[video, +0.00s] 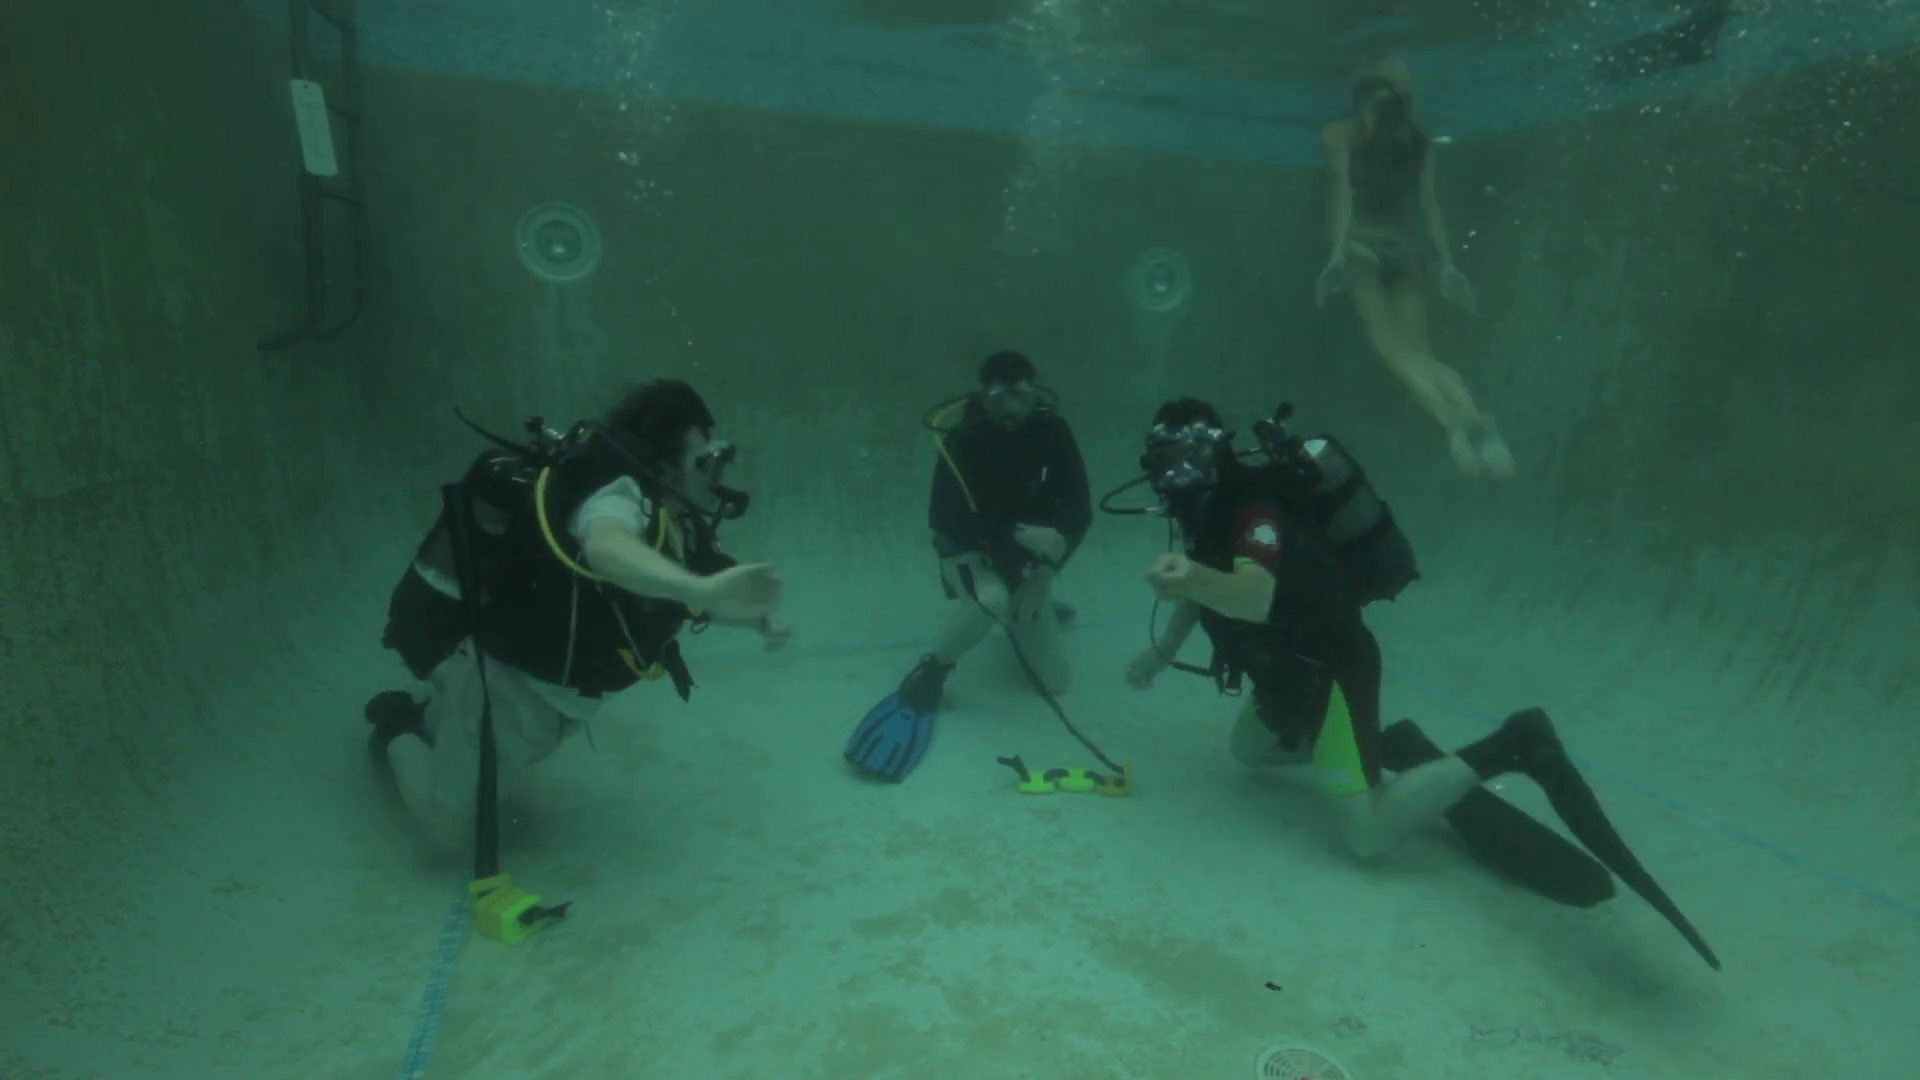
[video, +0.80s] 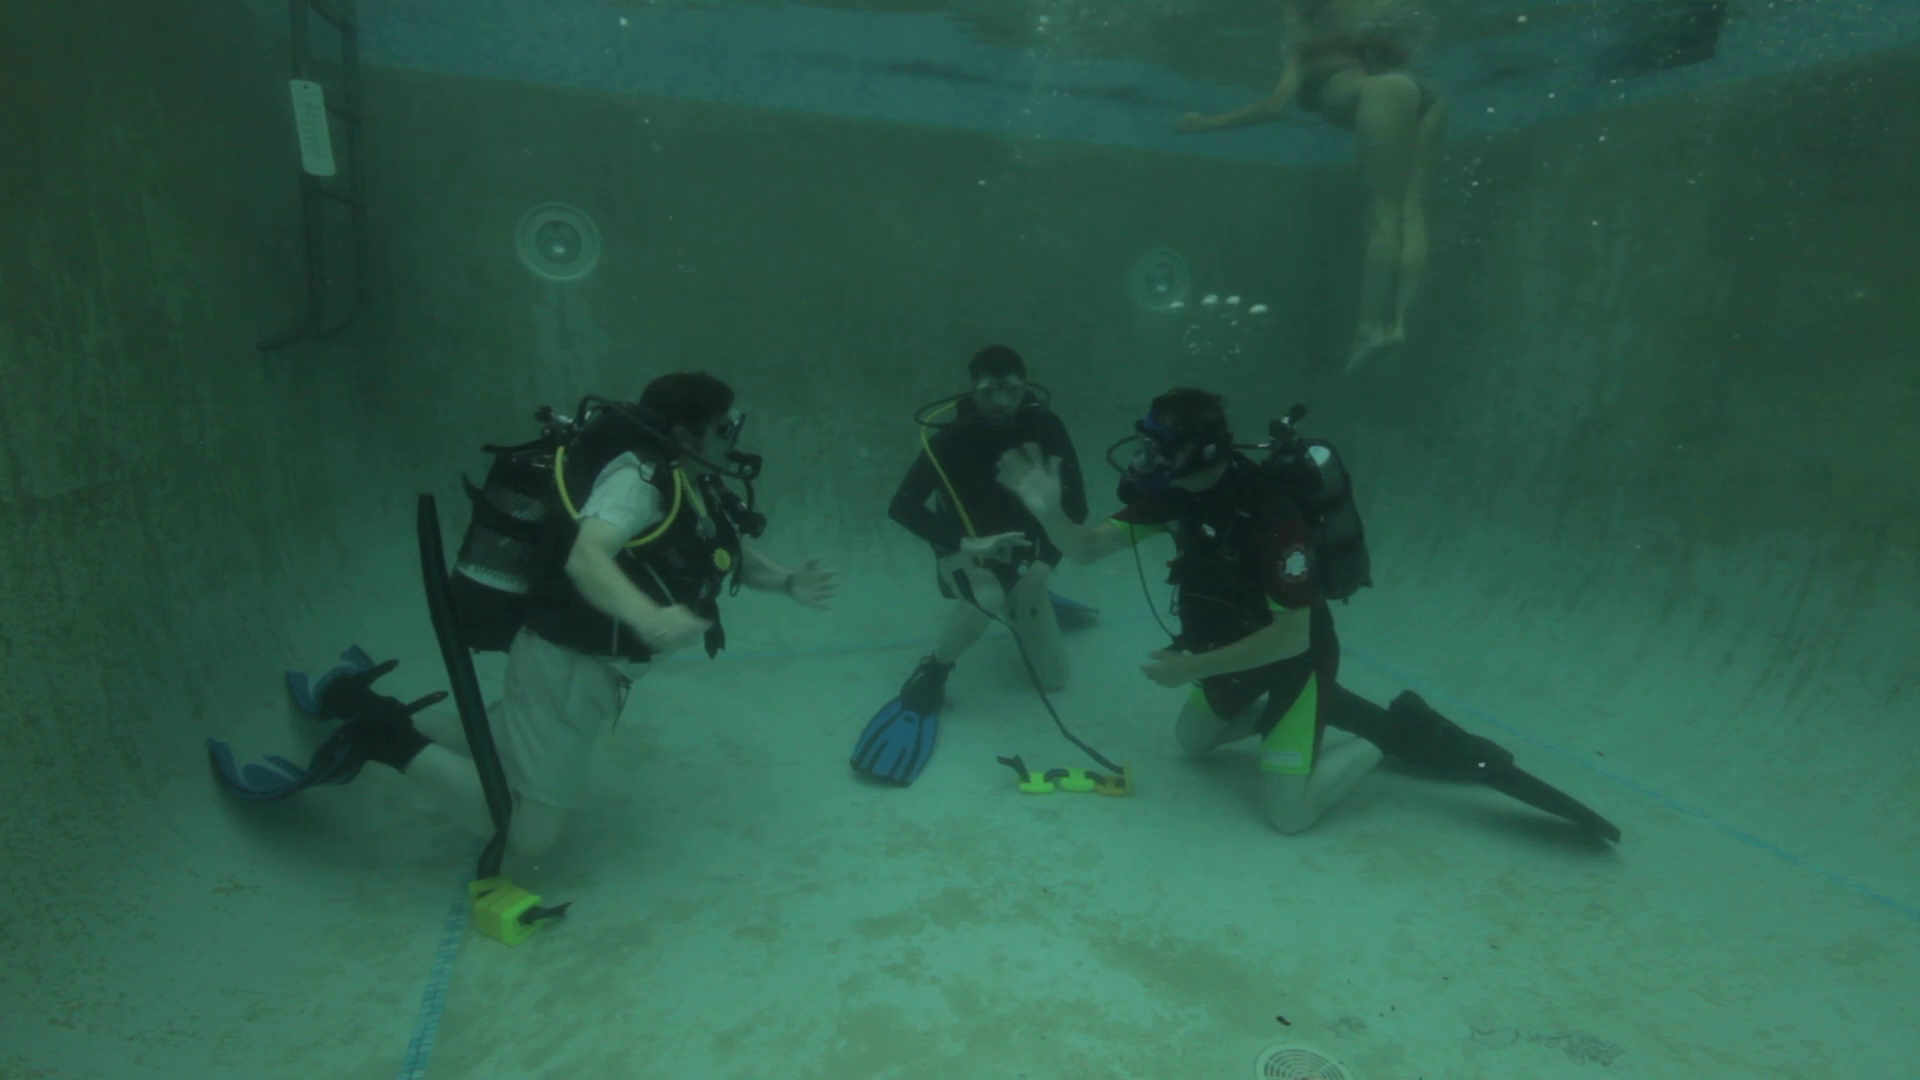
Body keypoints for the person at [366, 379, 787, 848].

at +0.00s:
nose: (719, 475)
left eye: (719, 460)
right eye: (706, 463)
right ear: (661, 462)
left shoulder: (679, 515)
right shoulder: (617, 494)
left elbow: (695, 593)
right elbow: (604, 548)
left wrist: (756, 617)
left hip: (568, 689)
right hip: (505, 681)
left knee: (502, 758)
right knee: (451, 826)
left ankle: (427, 715)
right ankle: (396, 735)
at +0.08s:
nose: (721, 471)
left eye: (722, 456)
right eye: (707, 458)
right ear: (666, 460)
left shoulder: (681, 517)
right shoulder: (624, 500)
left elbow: (693, 589)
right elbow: (580, 549)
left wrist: (763, 609)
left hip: (572, 687)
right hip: (513, 678)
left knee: (502, 764)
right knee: (454, 826)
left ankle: (423, 716)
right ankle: (386, 738)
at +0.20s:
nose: (724, 465)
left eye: (722, 451)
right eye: (711, 453)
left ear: (686, 458)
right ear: (671, 457)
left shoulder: (682, 513)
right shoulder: (628, 507)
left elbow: (710, 576)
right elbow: (540, 570)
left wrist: (783, 594)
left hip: (574, 685)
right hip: (527, 682)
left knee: (513, 737)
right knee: (463, 831)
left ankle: (416, 677)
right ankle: (379, 739)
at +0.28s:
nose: (728, 459)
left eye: (725, 447)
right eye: (717, 448)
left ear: (684, 453)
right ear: (681, 451)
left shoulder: (684, 514)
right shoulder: (633, 502)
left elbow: (719, 571)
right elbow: (549, 546)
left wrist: (794, 585)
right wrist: (500, 591)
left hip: (570, 671)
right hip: (519, 667)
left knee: (517, 732)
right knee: (476, 822)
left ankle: (402, 676)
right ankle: (375, 740)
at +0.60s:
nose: (734, 451)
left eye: (733, 438)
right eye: (726, 439)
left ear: (693, 440)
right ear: (691, 442)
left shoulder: (695, 494)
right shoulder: (632, 488)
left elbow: (750, 556)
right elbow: (550, 558)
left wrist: (835, 565)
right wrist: (530, 635)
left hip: (595, 665)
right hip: (541, 663)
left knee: (527, 782)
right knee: (509, 831)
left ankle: (377, 704)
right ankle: (369, 746)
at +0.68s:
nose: (734, 447)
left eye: (733, 434)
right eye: (725, 435)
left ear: (695, 439)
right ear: (687, 439)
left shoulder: (697, 490)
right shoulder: (635, 485)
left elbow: (750, 555)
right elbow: (564, 564)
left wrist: (829, 570)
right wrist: (575, 635)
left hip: (591, 665)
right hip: (545, 666)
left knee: (518, 754)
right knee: (519, 830)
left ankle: (374, 709)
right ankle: (379, 745)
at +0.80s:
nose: (730, 443)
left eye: (729, 431)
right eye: (721, 431)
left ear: (688, 432)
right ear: (686, 434)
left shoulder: (692, 482)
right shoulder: (640, 479)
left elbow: (725, 553)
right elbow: (585, 559)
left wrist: (782, 578)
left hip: (596, 660)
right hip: (560, 659)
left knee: (529, 781)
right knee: (530, 830)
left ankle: (366, 710)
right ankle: (382, 736)